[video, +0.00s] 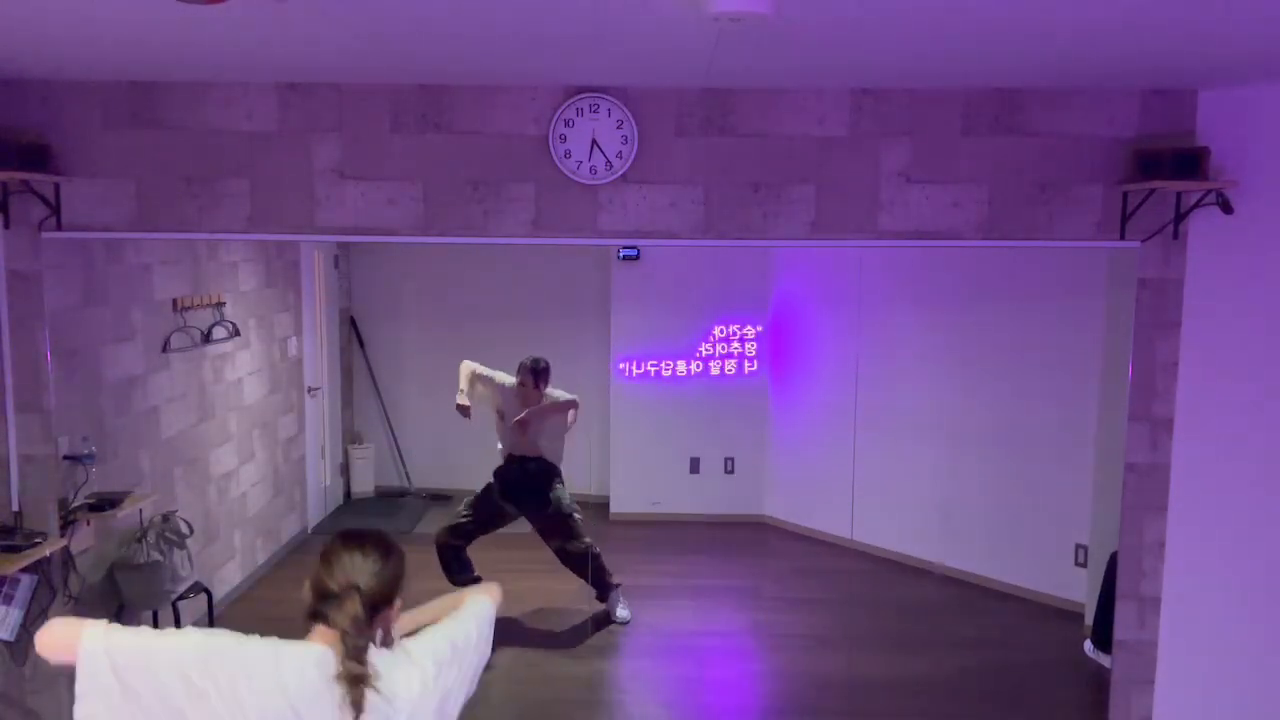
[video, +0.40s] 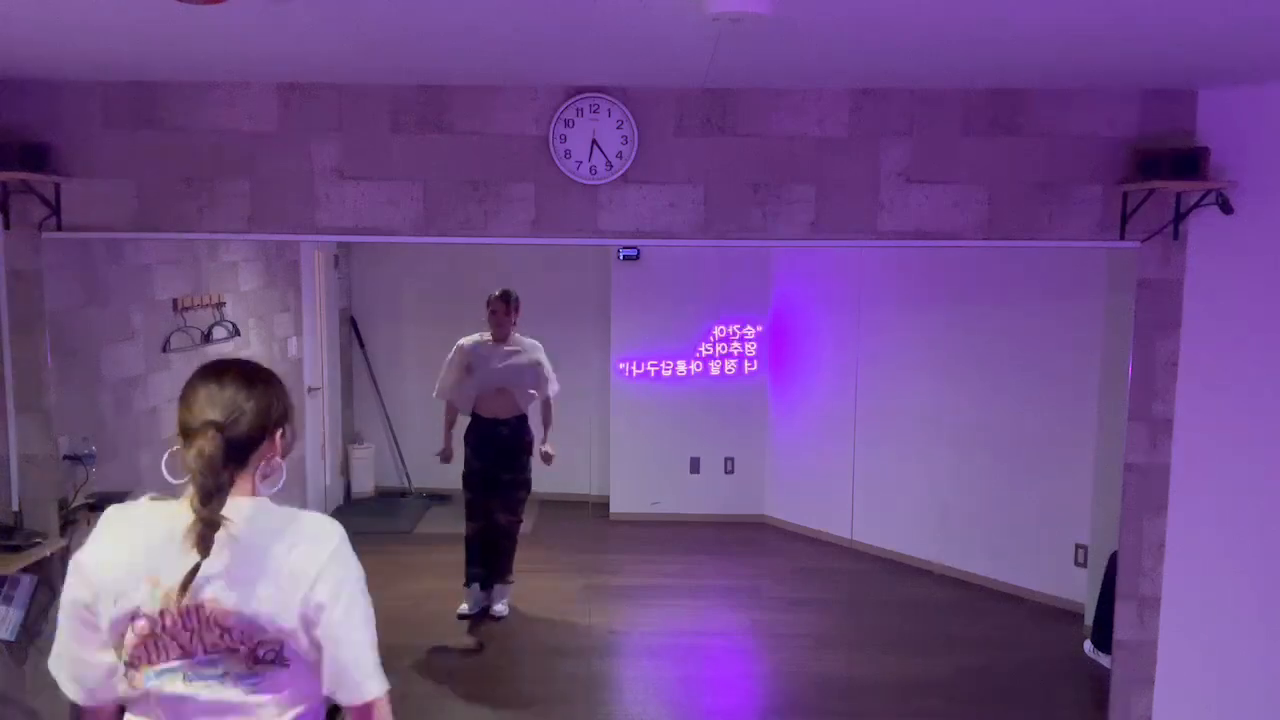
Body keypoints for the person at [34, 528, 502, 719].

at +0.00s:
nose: (393, 608)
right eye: (395, 597)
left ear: (311, 591)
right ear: (389, 611)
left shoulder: (228, 659)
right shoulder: (410, 679)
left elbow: (50, 641)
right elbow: (490, 593)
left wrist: (175, 652)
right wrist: (404, 625)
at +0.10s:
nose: (368, 538)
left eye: (368, 527)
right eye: (367, 529)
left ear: (278, 519)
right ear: (355, 539)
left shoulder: (192, 573)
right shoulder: (380, 593)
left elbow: (31, 552)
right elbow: (496, 552)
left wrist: (121, 568)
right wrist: (413, 575)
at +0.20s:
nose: (340, 476)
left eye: (338, 461)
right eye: (340, 463)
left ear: (243, 461)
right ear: (327, 478)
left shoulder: (161, 518)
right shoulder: (365, 533)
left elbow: (26, 562)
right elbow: (483, 571)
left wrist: (113, 631)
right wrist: (393, 646)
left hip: (152, 708)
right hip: (305, 712)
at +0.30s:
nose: (311, 442)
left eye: (308, 428)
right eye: (312, 433)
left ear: (210, 430)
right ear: (297, 445)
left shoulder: (144, 500)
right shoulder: (330, 514)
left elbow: (54, 617)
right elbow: (429, 641)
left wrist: (110, 702)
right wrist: (402, 710)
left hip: (151, 709)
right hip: (286, 712)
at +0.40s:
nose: (287, 446)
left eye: (287, 433)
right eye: (288, 434)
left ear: (183, 437)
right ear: (275, 446)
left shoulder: (117, 531)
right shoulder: (318, 543)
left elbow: (89, 695)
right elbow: (367, 704)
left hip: (153, 712)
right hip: (280, 711)